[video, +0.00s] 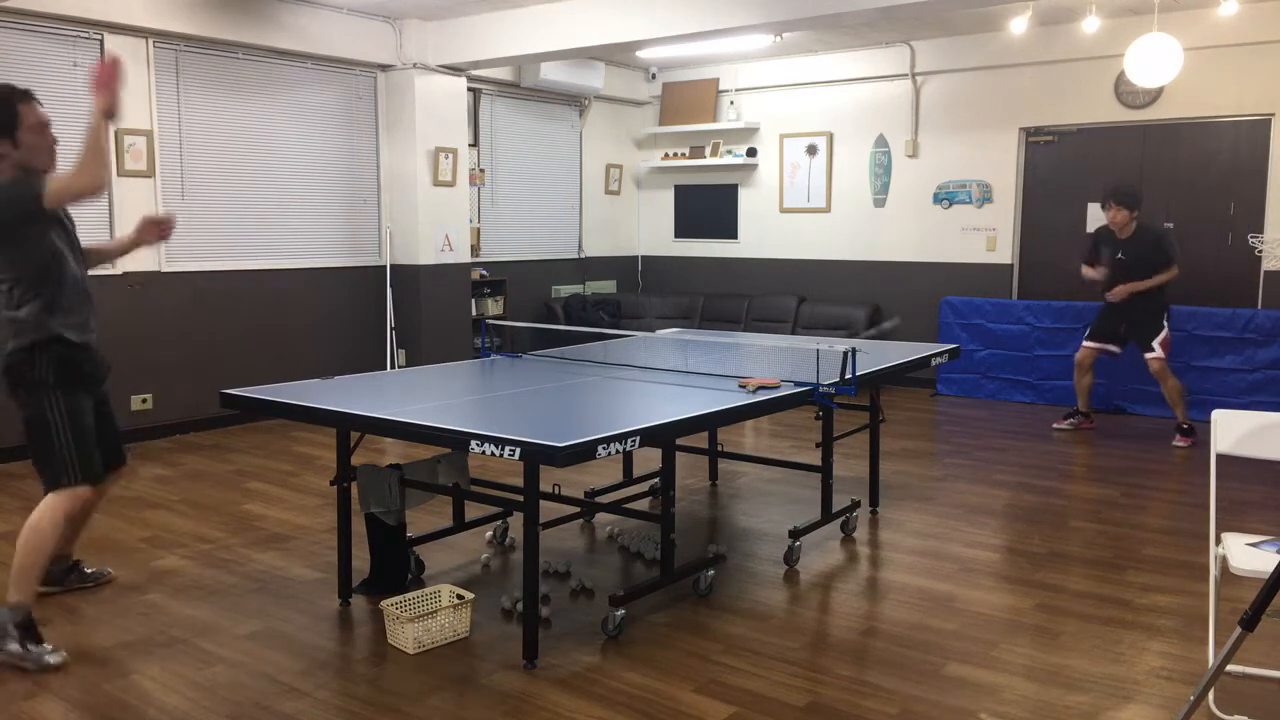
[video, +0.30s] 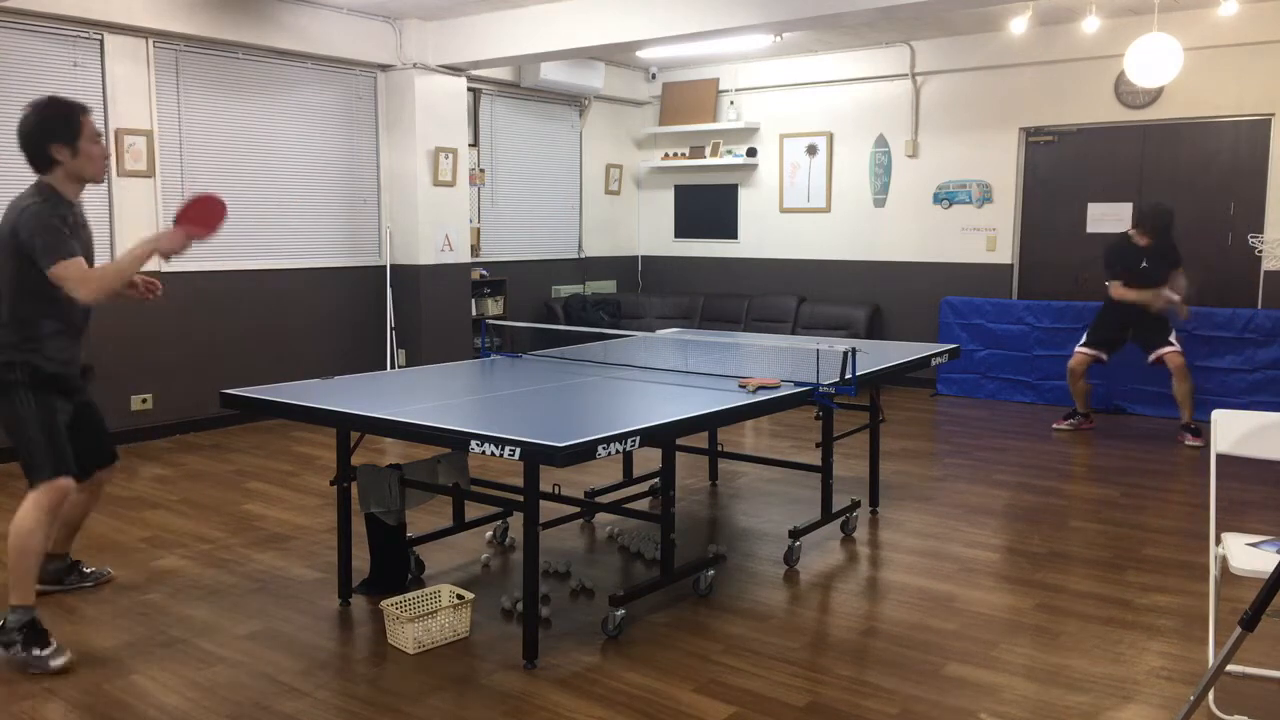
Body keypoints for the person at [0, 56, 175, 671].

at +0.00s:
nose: (53, 133)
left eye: (49, 124)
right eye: (40, 126)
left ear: (27, 141)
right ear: (8, 144)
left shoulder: (39, 197)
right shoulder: (10, 195)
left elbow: (73, 258)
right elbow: (91, 179)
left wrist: (132, 241)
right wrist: (102, 113)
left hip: (70, 351)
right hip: (39, 353)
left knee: (106, 464)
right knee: (72, 485)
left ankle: (55, 566)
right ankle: (12, 618)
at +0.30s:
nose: (103, 147)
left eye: (99, 137)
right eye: (92, 139)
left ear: (64, 153)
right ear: (59, 153)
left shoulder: (69, 210)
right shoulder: (36, 214)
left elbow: (70, 282)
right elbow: (86, 285)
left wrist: (118, 281)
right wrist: (151, 245)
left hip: (60, 373)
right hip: (23, 377)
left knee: (96, 466)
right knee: (51, 484)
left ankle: (54, 564)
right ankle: (16, 624)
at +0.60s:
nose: (143, 199)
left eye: (138, 188)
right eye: (132, 191)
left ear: (101, 205)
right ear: (100, 205)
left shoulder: (96, 254)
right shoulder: (64, 261)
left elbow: (88, 331)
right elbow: (70, 355)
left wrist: (136, 345)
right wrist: (149, 339)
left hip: (54, 396)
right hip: (15, 404)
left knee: (117, 468)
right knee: (78, 499)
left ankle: (106, 551)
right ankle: (13, 623)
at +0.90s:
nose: (131, 253)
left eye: (127, 242)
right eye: (119, 247)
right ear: (81, 264)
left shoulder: (127, 294)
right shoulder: (29, 317)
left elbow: (148, 336)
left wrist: (180, 363)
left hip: (88, 420)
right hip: (33, 429)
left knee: (158, 477)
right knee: (81, 500)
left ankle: (109, 550)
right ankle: (67, 639)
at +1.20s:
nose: (81, 253)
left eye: (80, 240)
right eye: (66, 246)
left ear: (83, 236)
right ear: (30, 261)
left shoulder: (94, 275)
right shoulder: (15, 316)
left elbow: (128, 300)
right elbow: (7, 393)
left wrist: (170, 324)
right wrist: (5, 426)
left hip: (108, 423)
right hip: (51, 434)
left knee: (158, 491)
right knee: (123, 509)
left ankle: (121, 547)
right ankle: (72, 648)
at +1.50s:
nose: (54, 174)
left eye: (50, 165)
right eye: (43, 167)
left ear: (13, 186)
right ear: (16, 184)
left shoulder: (19, 237)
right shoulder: (26, 232)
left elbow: (54, 316)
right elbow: (124, 197)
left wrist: (112, 288)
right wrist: (88, 132)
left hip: (57, 410)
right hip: (66, 412)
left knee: (106, 508)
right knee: (156, 532)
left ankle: (15, 587)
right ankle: (62, 664)